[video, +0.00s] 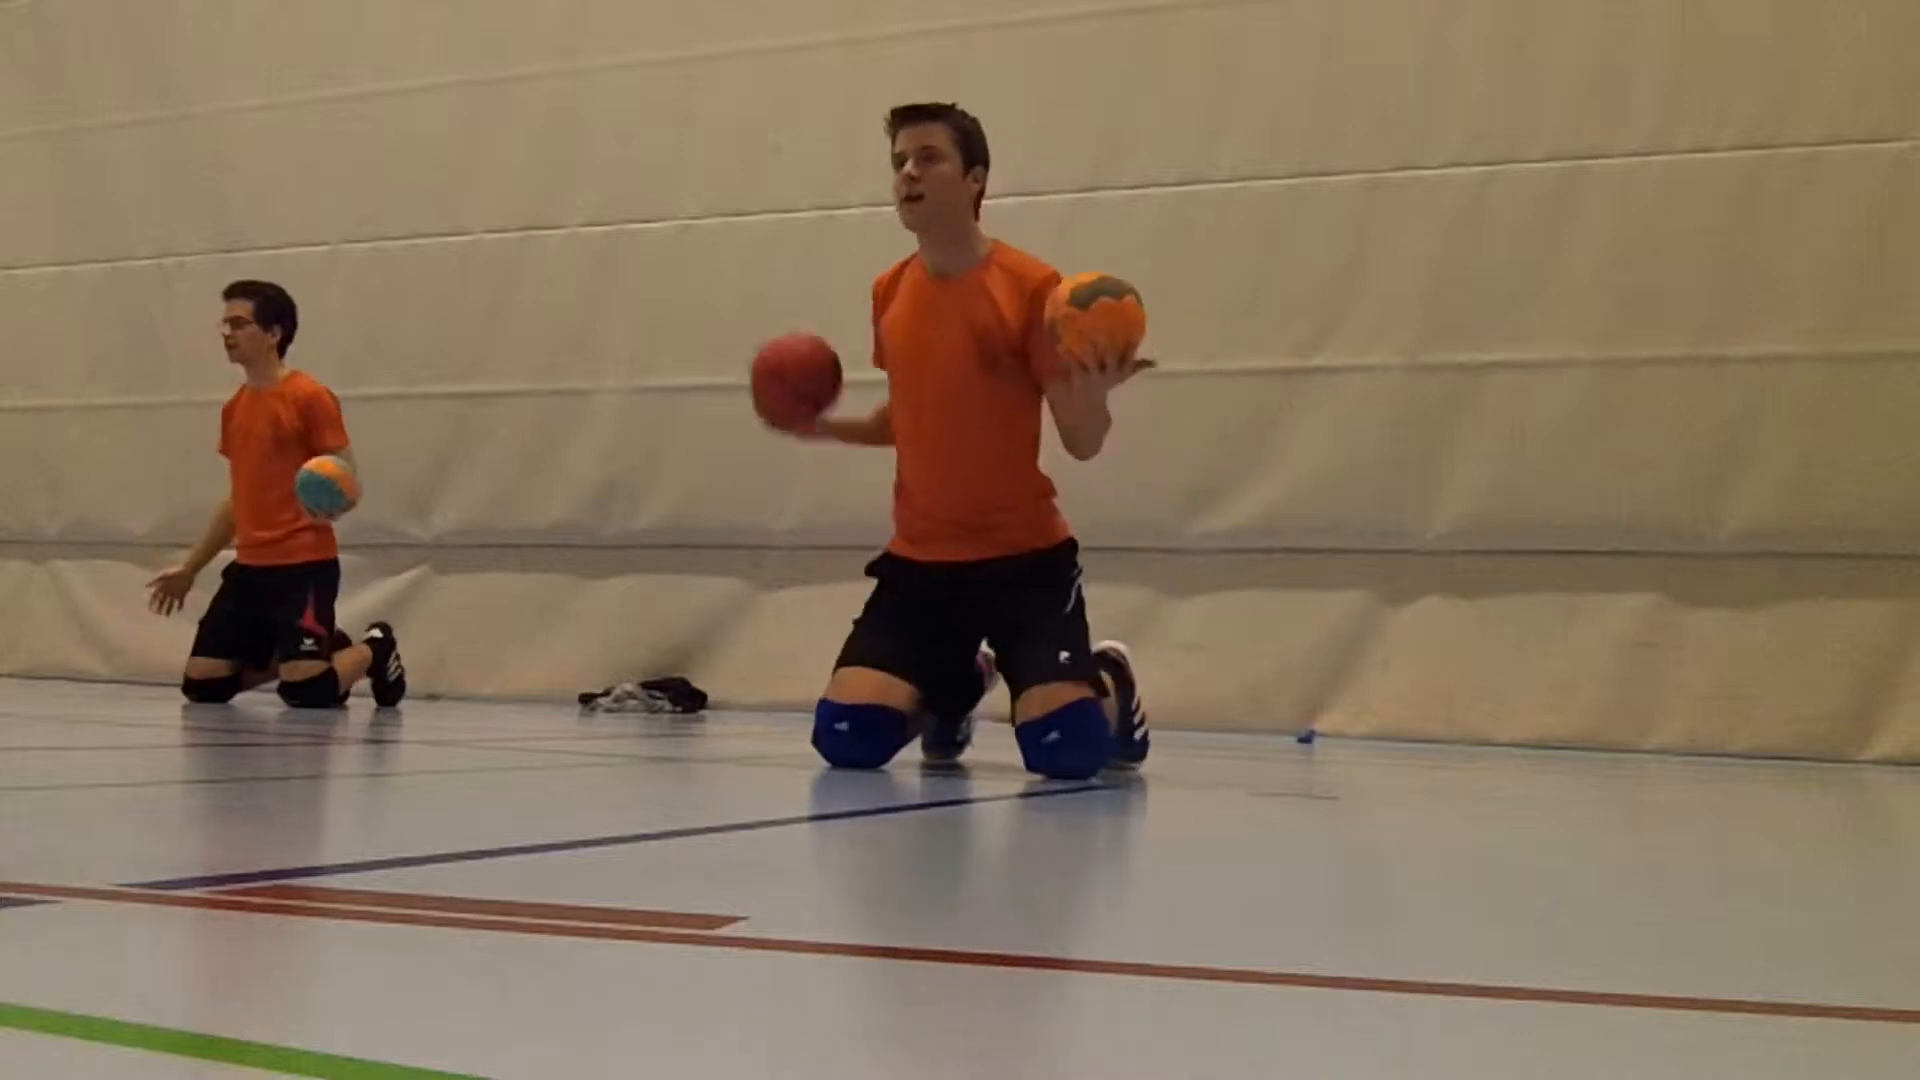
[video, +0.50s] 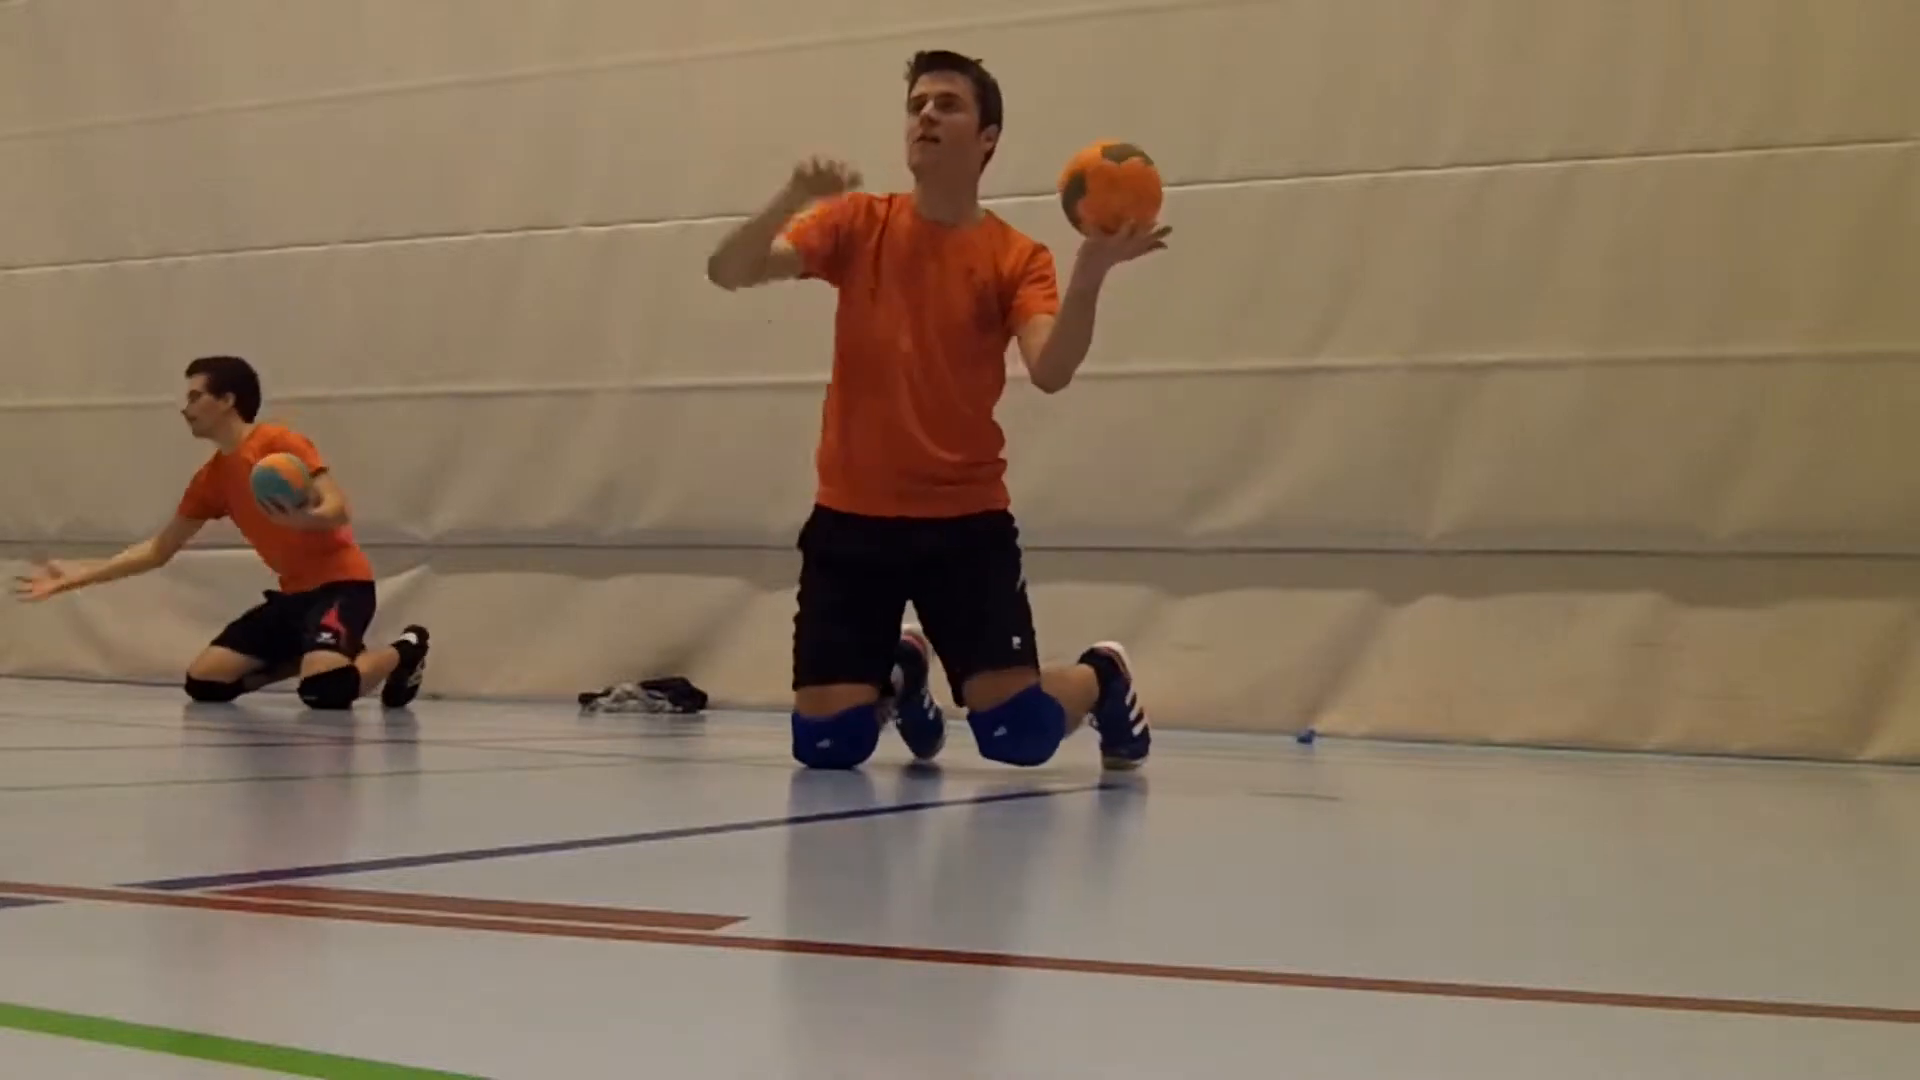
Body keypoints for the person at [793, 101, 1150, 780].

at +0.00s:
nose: (909, 174)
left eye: (929, 159)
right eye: (899, 163)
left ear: (975, 182)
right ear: (892, 186)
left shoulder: (1032, 290)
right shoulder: (892, 293)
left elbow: (1084, 442)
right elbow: (913, 419)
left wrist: (1087, 372)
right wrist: (823, 426)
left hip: (1026, 562)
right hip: (919, 565)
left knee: (1062, 753)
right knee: (847, 740)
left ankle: (1110, 684)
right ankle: (954, 681)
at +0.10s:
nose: (904, 154)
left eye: (925, 142)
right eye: (895, 144)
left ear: (968, 170)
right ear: (884, 170)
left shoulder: (1019, 277)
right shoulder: (873, 281)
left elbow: (1056, 423)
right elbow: (813, 414)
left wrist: (1068, 346)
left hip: (1007, 548)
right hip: (896, 551)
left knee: (1040, 752)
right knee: (839, 743)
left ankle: (1109, 685)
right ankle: (942, 680)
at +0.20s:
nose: (911, 139)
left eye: (933, 128)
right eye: (901, 128)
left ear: (973, 159)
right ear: (887, 151)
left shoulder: (1008, 267)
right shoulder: (850, 258)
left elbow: (1031, 408)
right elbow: (737, 323)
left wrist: (1052, 318)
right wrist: (733, 185)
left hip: (985, 538)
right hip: (872, 540)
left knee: (1012, 738)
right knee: (831, 744)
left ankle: (1099, 682)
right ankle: (918, 675)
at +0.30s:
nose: (913, 130)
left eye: (935, 119)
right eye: (904, 119)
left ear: (973, 153)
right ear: (888, 142)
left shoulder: (1005, 264)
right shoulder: (853, 232)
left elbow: (1021, 393)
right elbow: (748, 180)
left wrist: (1052, 297)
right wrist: (698, 65)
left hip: (971, 529)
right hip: (858, 528)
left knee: (1005, 730)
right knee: (829, 746)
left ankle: (1092, 681)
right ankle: (903, 673)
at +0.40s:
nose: (917, 120)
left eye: (938, 109)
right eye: (907, 109)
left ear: (978, 142)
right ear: (893, 134)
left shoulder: (1008, 260)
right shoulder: (852, 220)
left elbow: (1032, 380)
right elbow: (734, 191)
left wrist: (1067, 287)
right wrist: (759, 102)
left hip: (962, 515)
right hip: (848, 514)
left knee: (1008, 725)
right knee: (827, 746)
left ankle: (1092, 682)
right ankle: (897, 674)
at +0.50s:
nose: (926, 116)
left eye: (948, 106)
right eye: (916, 107)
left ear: (987, 141)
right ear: (903, 135)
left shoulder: (1013, 256)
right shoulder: (856, 221)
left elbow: (1052, 370)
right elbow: (727, 270)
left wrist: (1092, 261)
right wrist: (787, 201)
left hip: (964, 520)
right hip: (850, 518)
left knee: (1015, 736)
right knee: (823, 747)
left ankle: (1102, 679)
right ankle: (904, 673)